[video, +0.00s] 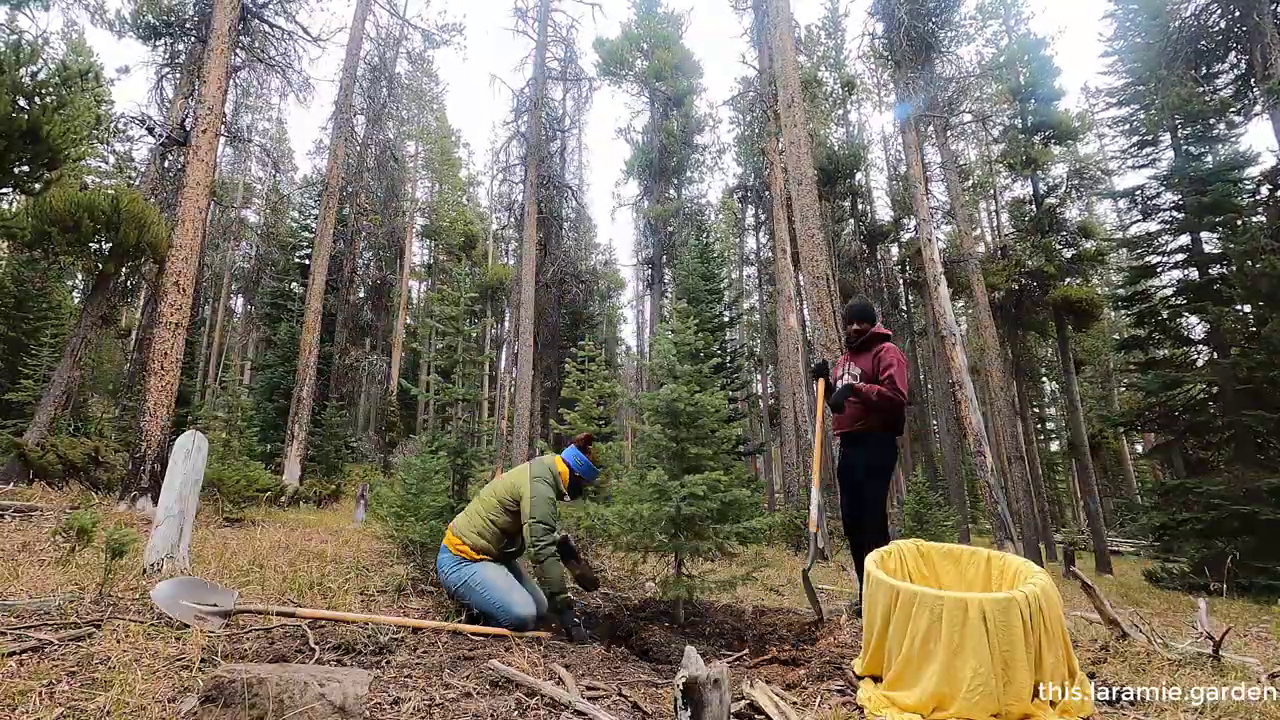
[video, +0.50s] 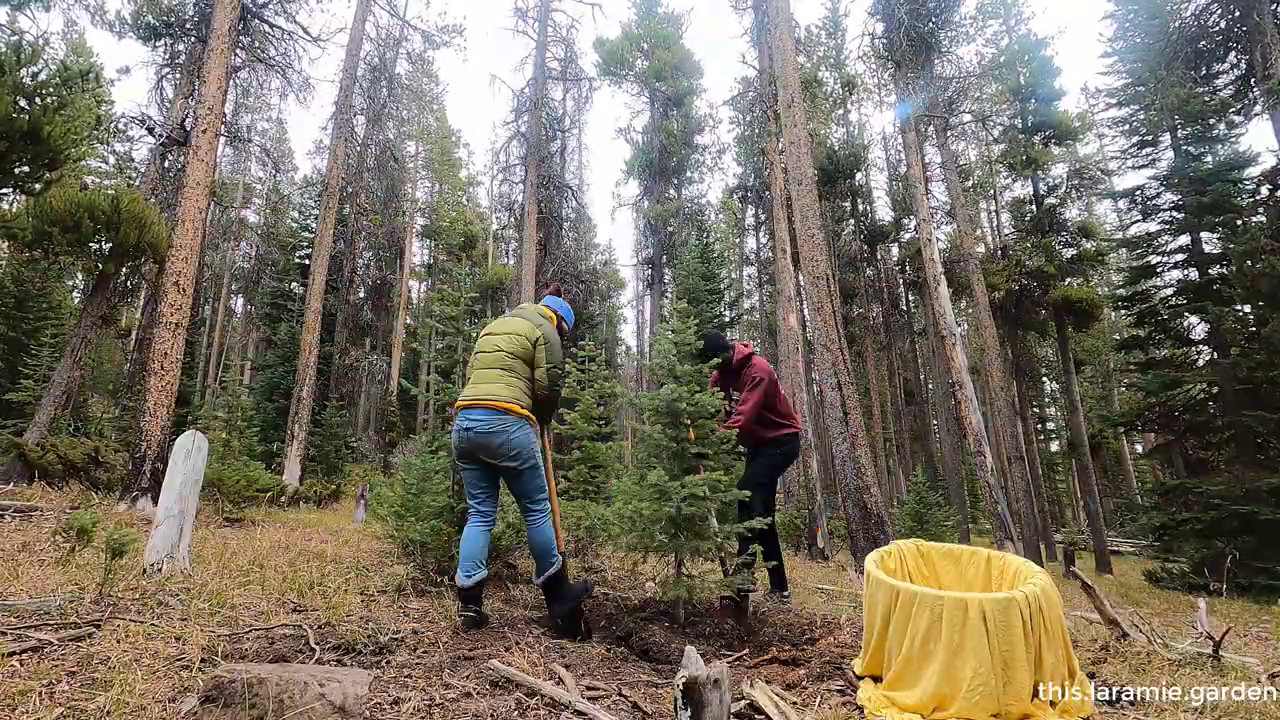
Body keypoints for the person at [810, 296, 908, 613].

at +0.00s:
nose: (853, 329)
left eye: (858, 324)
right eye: (849, 324)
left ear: (870, 325)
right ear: (844, 326)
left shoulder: (887, 352)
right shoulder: (843, 360)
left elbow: (897, 397)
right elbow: (837, 402)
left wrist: (854, 388)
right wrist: (825, 379)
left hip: (876, 443)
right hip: (851, 444)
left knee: (871, 521)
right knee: (852, 523)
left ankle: (881, 597)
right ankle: (866, 594)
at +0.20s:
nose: (816, 318)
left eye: (815, 314)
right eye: (808, 319)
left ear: (822, 319)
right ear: (799, 334)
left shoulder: (851, 349)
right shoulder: (798, 368)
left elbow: (863, 387)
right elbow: (800, 417)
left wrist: (831, 369)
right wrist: (805, 385)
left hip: (867, 443)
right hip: (832, 450)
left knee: (883, 521)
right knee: (846, 529)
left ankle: (897, 594)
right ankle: (857, 599)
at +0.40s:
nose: (761, 386)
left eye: (765, 380)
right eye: (758, 381)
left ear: (778, 372)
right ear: (762, 373)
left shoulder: (802, 390)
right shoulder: (780, 371)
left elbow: (789, 445)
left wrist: (770, 488)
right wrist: (765, 397)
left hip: (835, 450)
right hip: (809, 452)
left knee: (829, 524)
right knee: (811, 522)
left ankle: (835, 596)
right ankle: (820, 589)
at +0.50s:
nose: (715, 367)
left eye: (716, 361)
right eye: (712, 363)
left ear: (724, 353)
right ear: (717, 358)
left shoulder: (759, 370)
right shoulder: (723, 373)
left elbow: (741, 420)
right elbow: (709, 406)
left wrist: (708, 436)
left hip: (782, 441)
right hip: (759, 445)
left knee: (744, 495)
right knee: (762, 514)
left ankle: (744, 575)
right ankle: (779, 589)